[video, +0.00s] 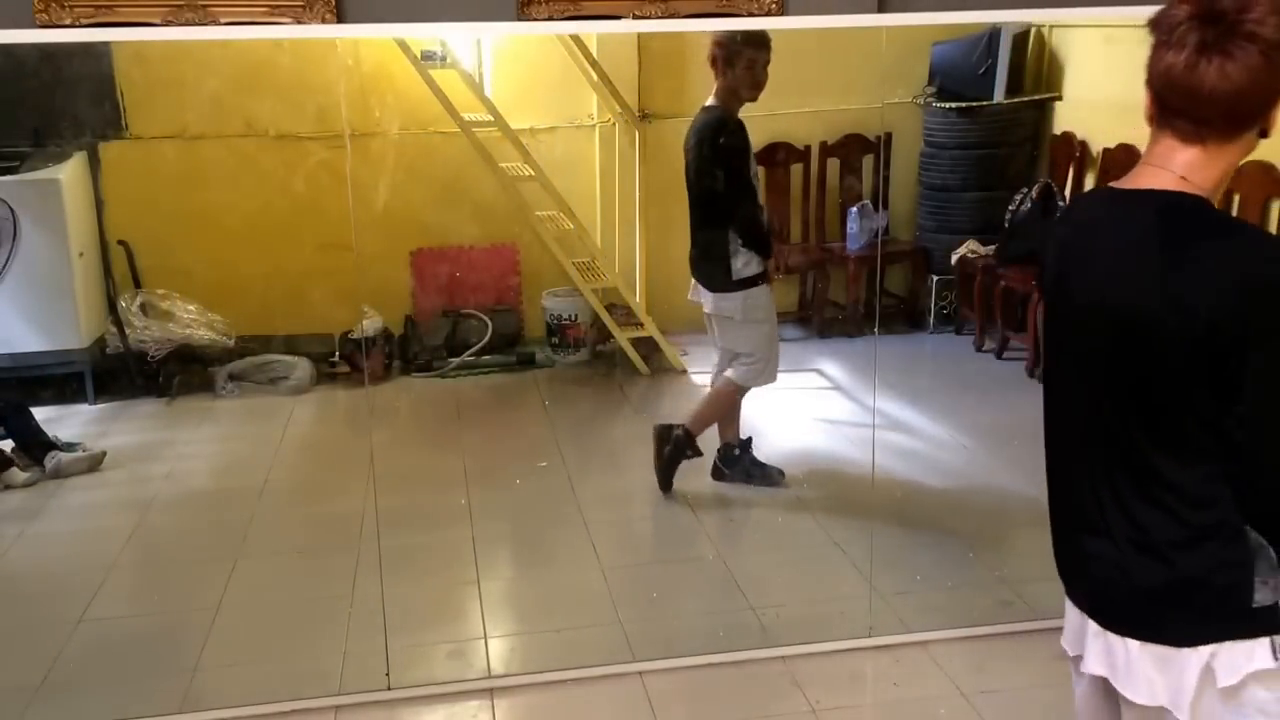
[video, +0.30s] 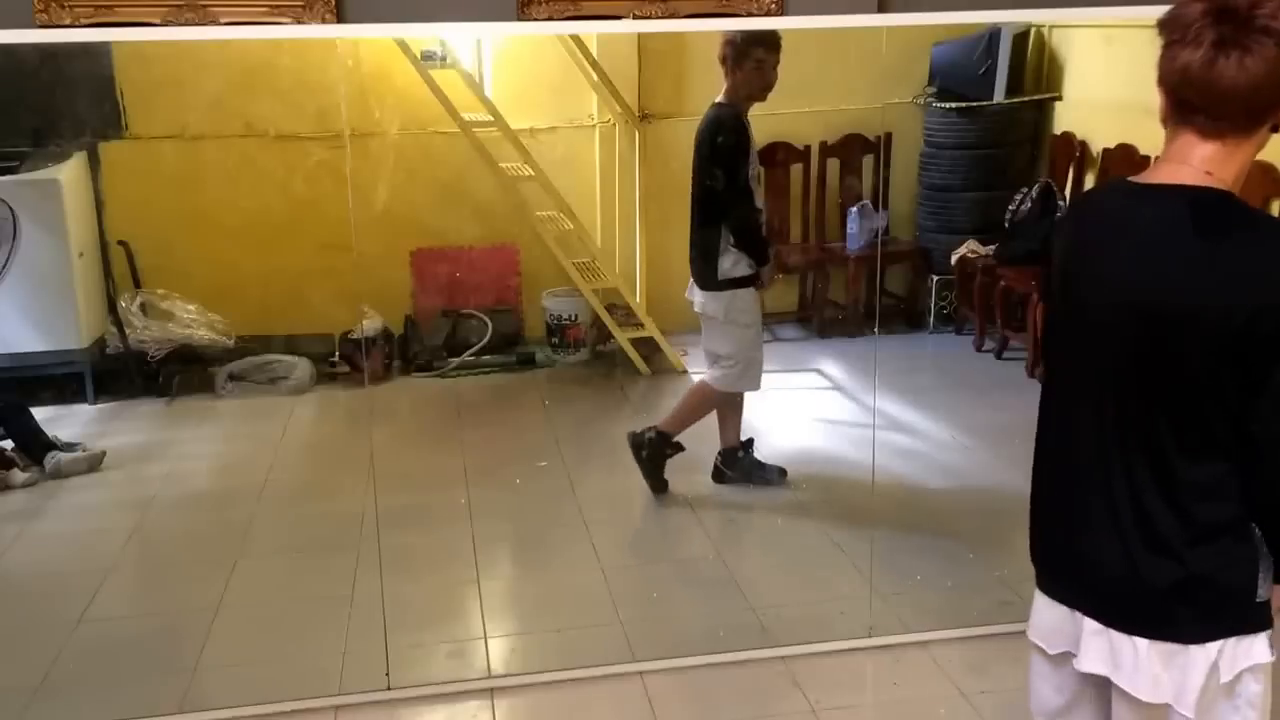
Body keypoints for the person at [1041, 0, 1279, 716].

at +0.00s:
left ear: (1148, 99)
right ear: (1266, 124)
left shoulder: (1072, 231)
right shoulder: (1252, 266)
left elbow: (1067, 407)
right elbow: (1265, 464)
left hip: (1090, 575)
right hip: (1206, 601)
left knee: (1102, 702)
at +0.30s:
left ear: (1162, 89)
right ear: (1269, 119)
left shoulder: (1084, 221)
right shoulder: (1260, 254)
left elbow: (1064, 387)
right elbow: (1270, 440)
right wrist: (1277, 569)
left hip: (1070, 568)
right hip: (1199, 595)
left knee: (1063, 706)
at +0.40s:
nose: (1156, 100)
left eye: (1158, 84)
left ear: (1167, 102)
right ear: (1273, 121)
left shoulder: (1078, 225)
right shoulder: (1269, 243)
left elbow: (1041, 393)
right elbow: (1277, 436)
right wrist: (1276, 579)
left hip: (1058, 583)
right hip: (1209, 607)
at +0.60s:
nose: (1134, 108)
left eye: (1135, 91)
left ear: (1151, 100)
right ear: (1256, 110)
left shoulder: (1057, 224)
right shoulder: (1271, 242)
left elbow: (996, 409)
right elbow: (1279, 438)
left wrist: (1004, 514)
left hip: (1032, 590)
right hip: (1194, 609)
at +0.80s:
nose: (1069, 123)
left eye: (1071, 104)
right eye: (1070, 103)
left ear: (1092, 109)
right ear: (1185, 105)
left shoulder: (1035, 232)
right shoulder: (1256, 243)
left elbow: (962, 402)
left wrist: (918, 541)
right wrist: (1273, 574)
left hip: (1027, 602)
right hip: (1178, 605)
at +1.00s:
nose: (980, 144)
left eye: (979, 125)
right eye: (980, 125)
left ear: (999, 122)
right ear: (1089, 111)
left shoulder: (970, 252)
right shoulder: (1181, 238)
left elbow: (918, 442)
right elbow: (1218, 419)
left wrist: (899, 602)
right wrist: (1206, 562)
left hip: (1003, 611)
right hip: (1147, 604)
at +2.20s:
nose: (982, 183)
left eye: (974, 162)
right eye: (976, 163)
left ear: (993, 148)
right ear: (1086, 131)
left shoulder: (974, 256)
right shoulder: (1195, 240)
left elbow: (920, 446)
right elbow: (1190, 417)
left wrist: (964, 525)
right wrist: (1121, 491)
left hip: (994, 615)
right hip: (1148, 613)